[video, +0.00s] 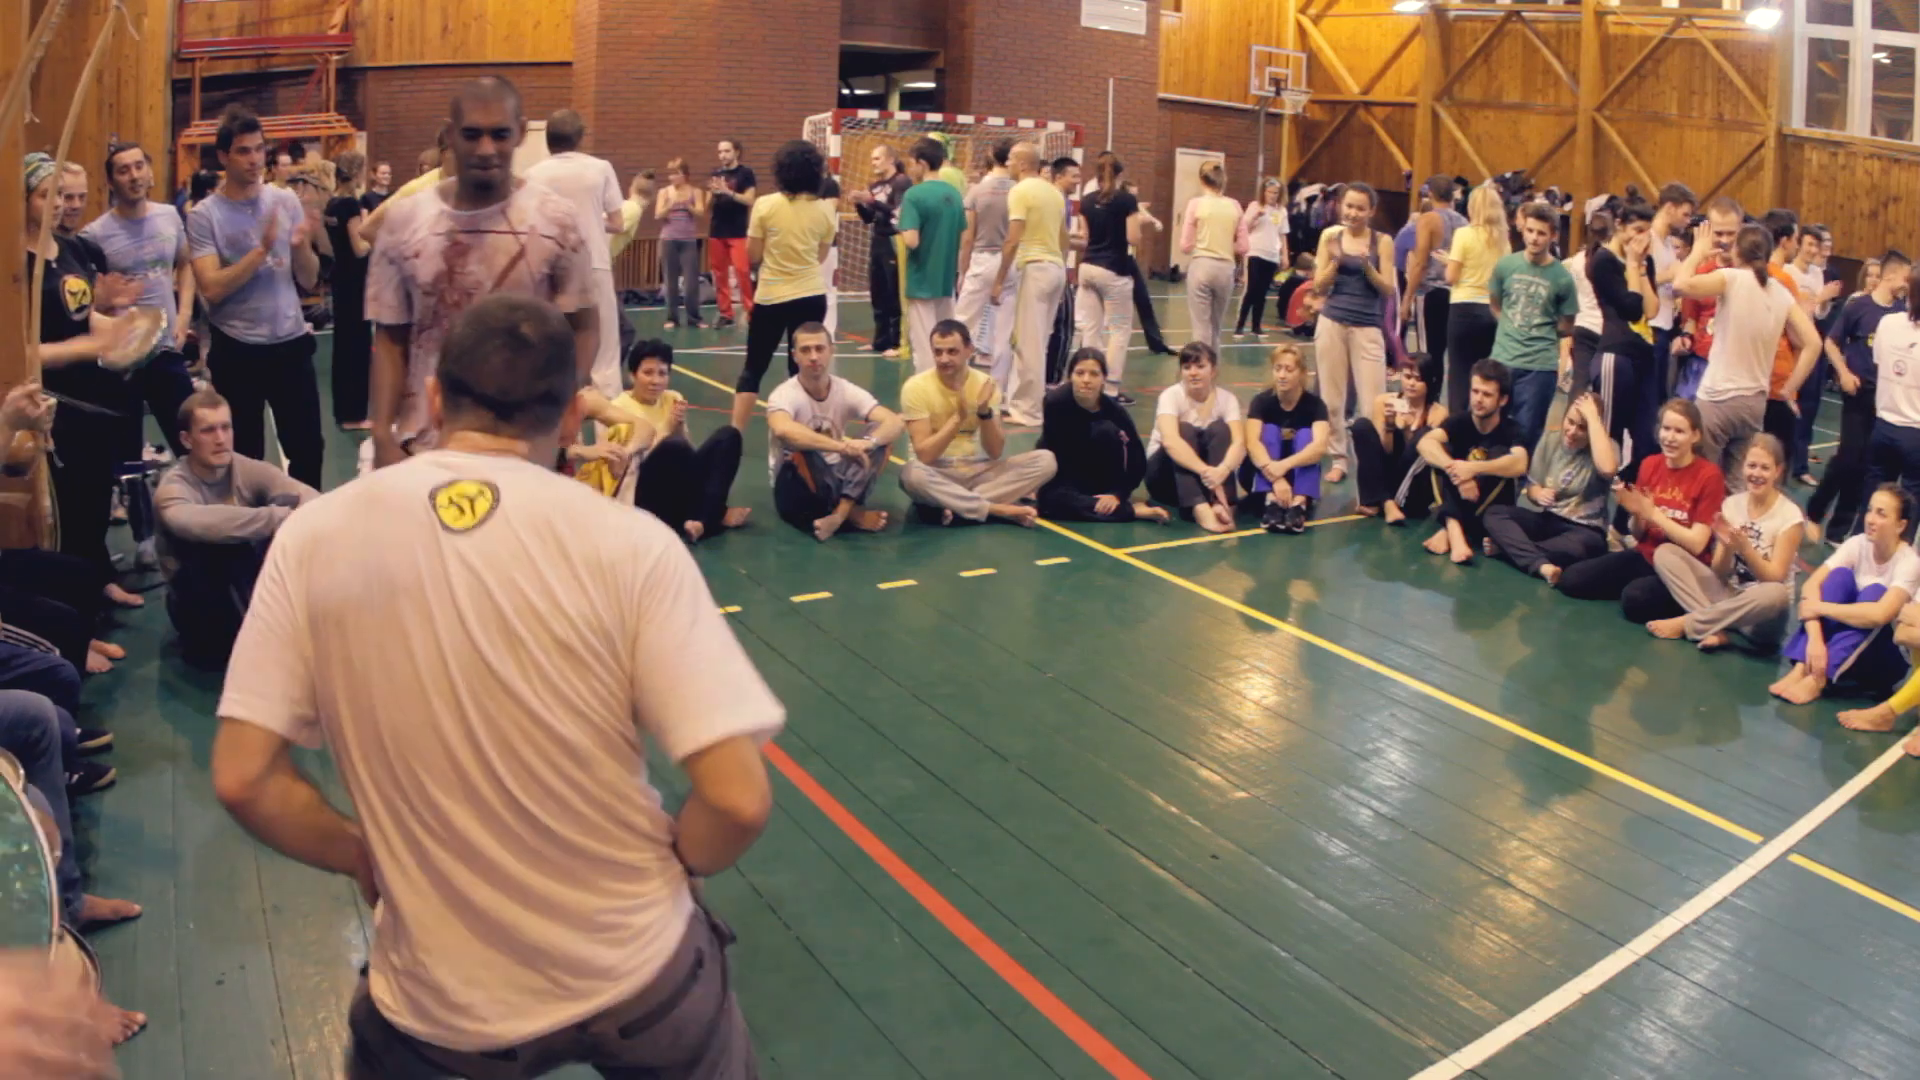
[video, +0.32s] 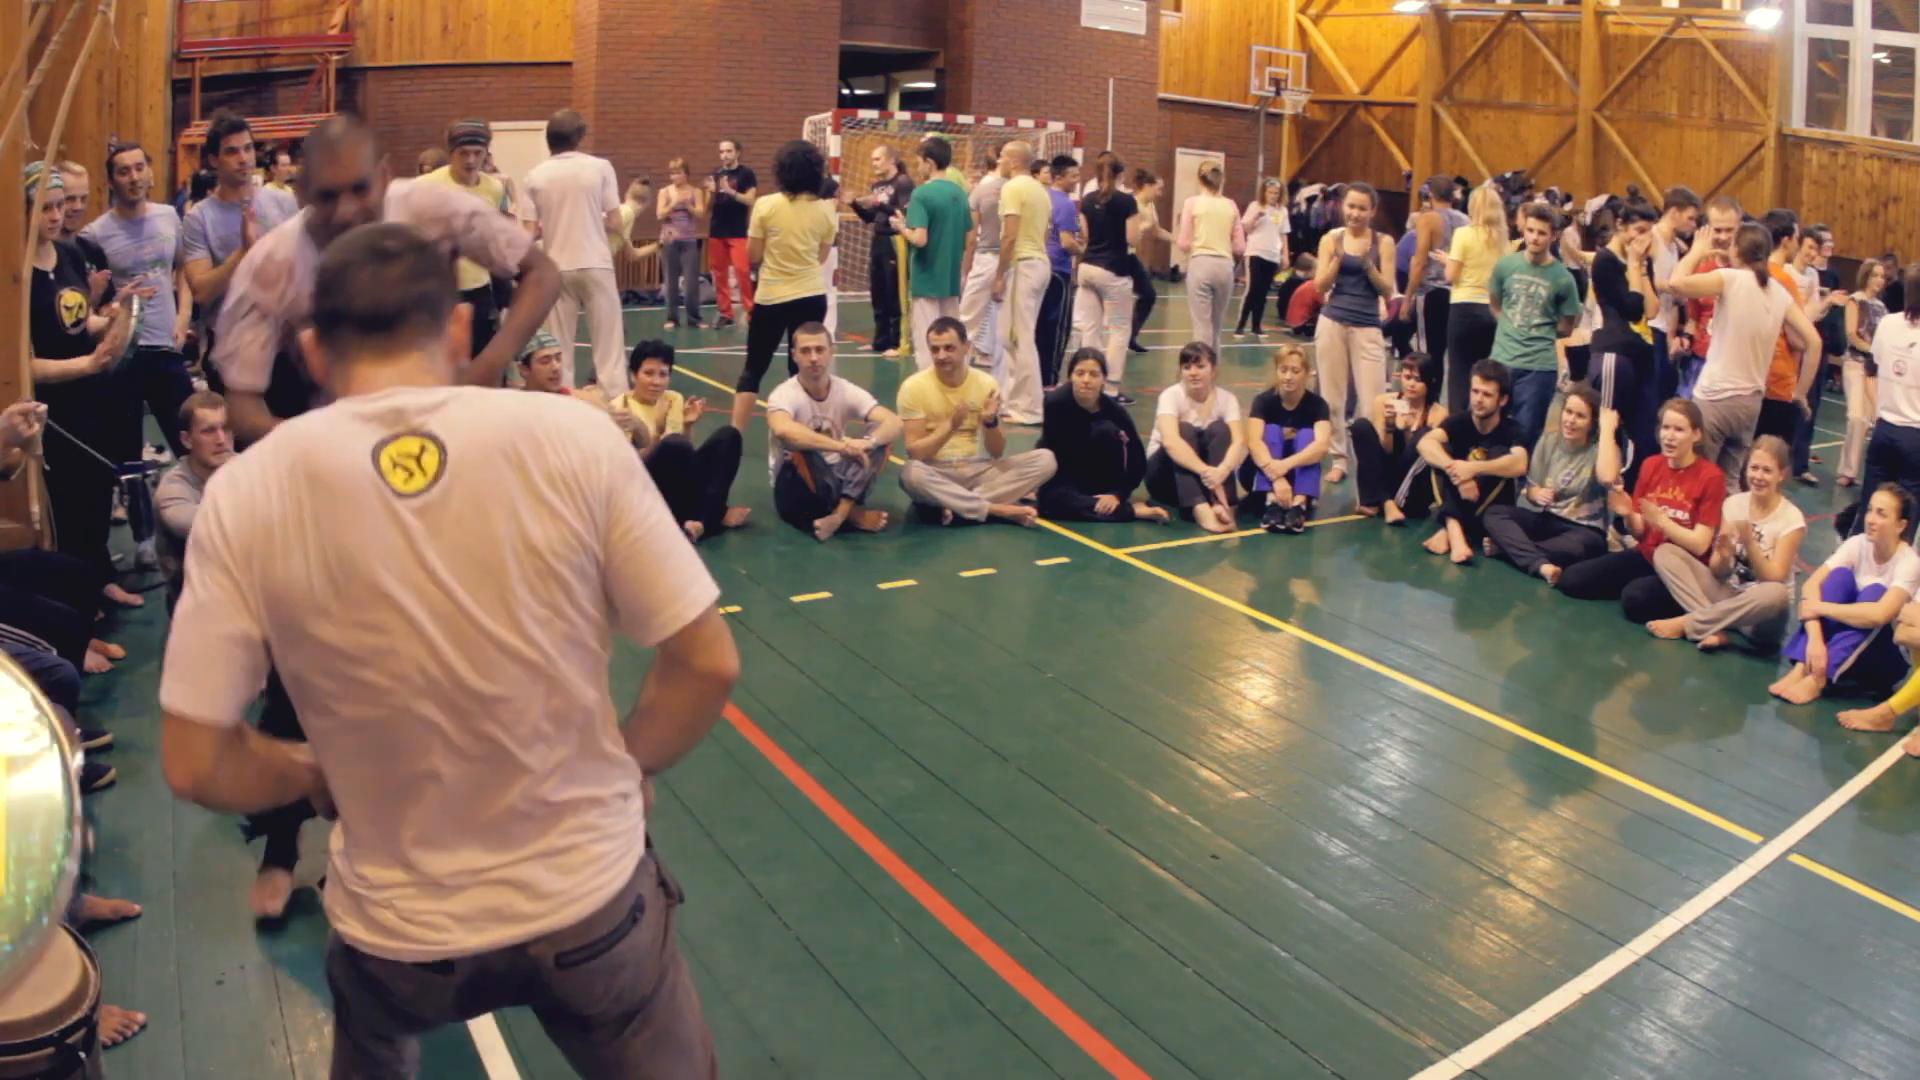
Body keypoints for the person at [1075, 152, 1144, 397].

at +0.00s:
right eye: (1120, 170)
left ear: (1097, 172)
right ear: (1120, 172)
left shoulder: (1086, 200)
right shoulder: (1127, 200)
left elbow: (1084, 235)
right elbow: (1133, 238)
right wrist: (1138, 219)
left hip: (1089, 264)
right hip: (1116, 267)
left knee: (1088, 327)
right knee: (1119, 328)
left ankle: (1088, 384)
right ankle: (1111, 387)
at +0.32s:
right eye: (1120, 171)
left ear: (1097, 172)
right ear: (1120, 173)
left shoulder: (1087, 200)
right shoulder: (1127, 201)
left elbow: (1085, 236)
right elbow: (1132, 238)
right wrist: (1142, 225)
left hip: (1089, 263)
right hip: (1115, 267)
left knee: (1089, 327)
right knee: (1119, 328)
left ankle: (1087, 384)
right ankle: (1111, 387)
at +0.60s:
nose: (1122, 175)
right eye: (1121, 172)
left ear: (1097, 173)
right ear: (1119, 174)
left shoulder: (1087, 201)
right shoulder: (1128, 201)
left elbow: (1086, 236)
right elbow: (1133, 239)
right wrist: (1140, 222)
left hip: (1089, 265)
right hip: (1115, 269)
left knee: (1091, 327)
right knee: (1119, 327)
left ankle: (1088, 383)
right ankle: (1112, 386)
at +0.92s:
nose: (1122, 175)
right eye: (1121, 171)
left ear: (1096, 173)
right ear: (1119, 173)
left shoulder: (1087, 201)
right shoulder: (1128, 201)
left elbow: (1086, 235)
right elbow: (1135, 238)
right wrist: (1140, 221)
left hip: (1090, 265)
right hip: (1117, 270)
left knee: (1088, 327)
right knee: (1119, 328)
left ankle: (1085, 385)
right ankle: (1111, 387)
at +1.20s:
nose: (1126, 176)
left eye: (1123, 172)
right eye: (1124, 172)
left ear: (1099, 173)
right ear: (1120, 174)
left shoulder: (1088, 201)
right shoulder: (1127, 201)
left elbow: (1086, 236)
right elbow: (1135, 239)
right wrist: (1140, 222)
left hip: (1091, 264)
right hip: (1117, 269)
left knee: (1091, 327)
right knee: (1120, 328)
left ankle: (1086, 384)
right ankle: (1111, 387)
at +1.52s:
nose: (1125, 175)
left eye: (1123, 171)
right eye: (1124, 172)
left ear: (1099, 173)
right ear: (1120, 174)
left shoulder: (1088, 201)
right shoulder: (1126, 200)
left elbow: (1087, 236)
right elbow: (1134, 238)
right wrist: (1142, 221)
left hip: (1091, 265)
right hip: (1117, 270)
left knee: (1091, 326)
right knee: (1120, 327)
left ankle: (1086, 384)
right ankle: (1111, 387)